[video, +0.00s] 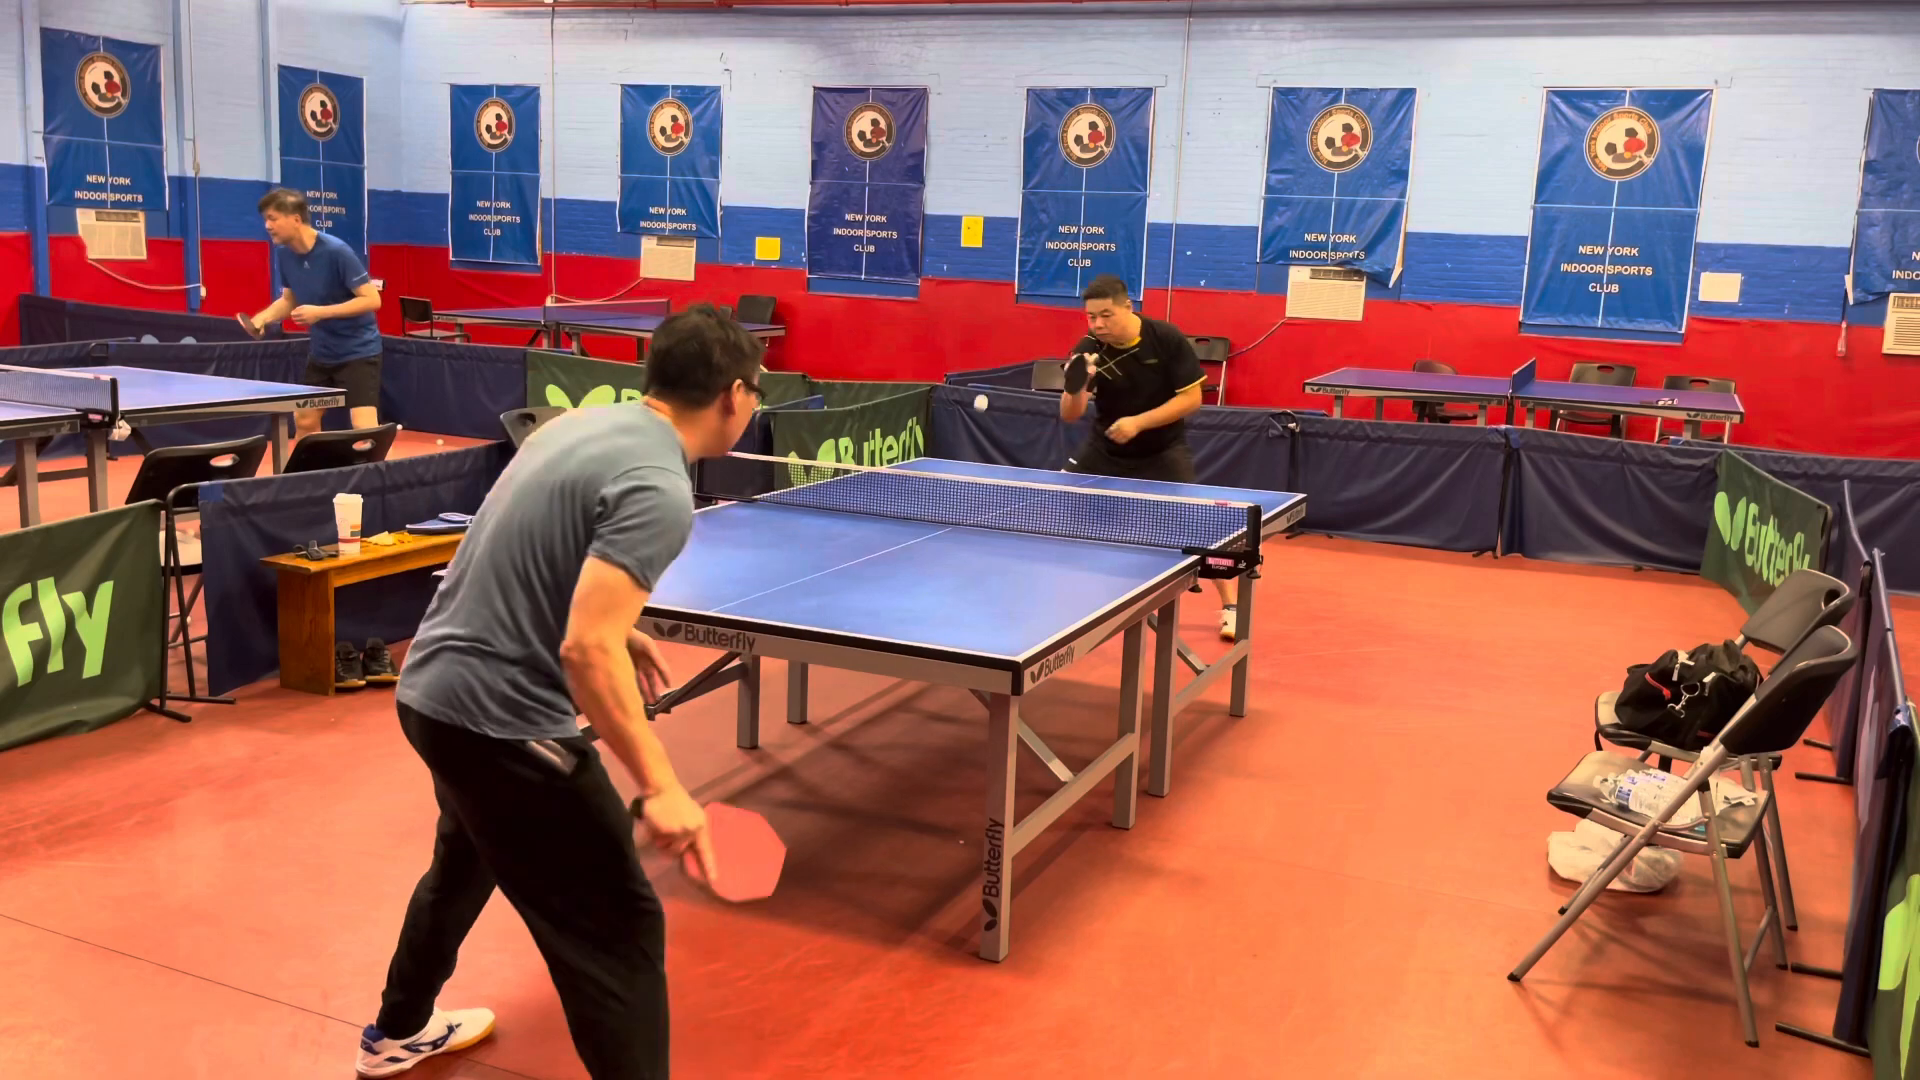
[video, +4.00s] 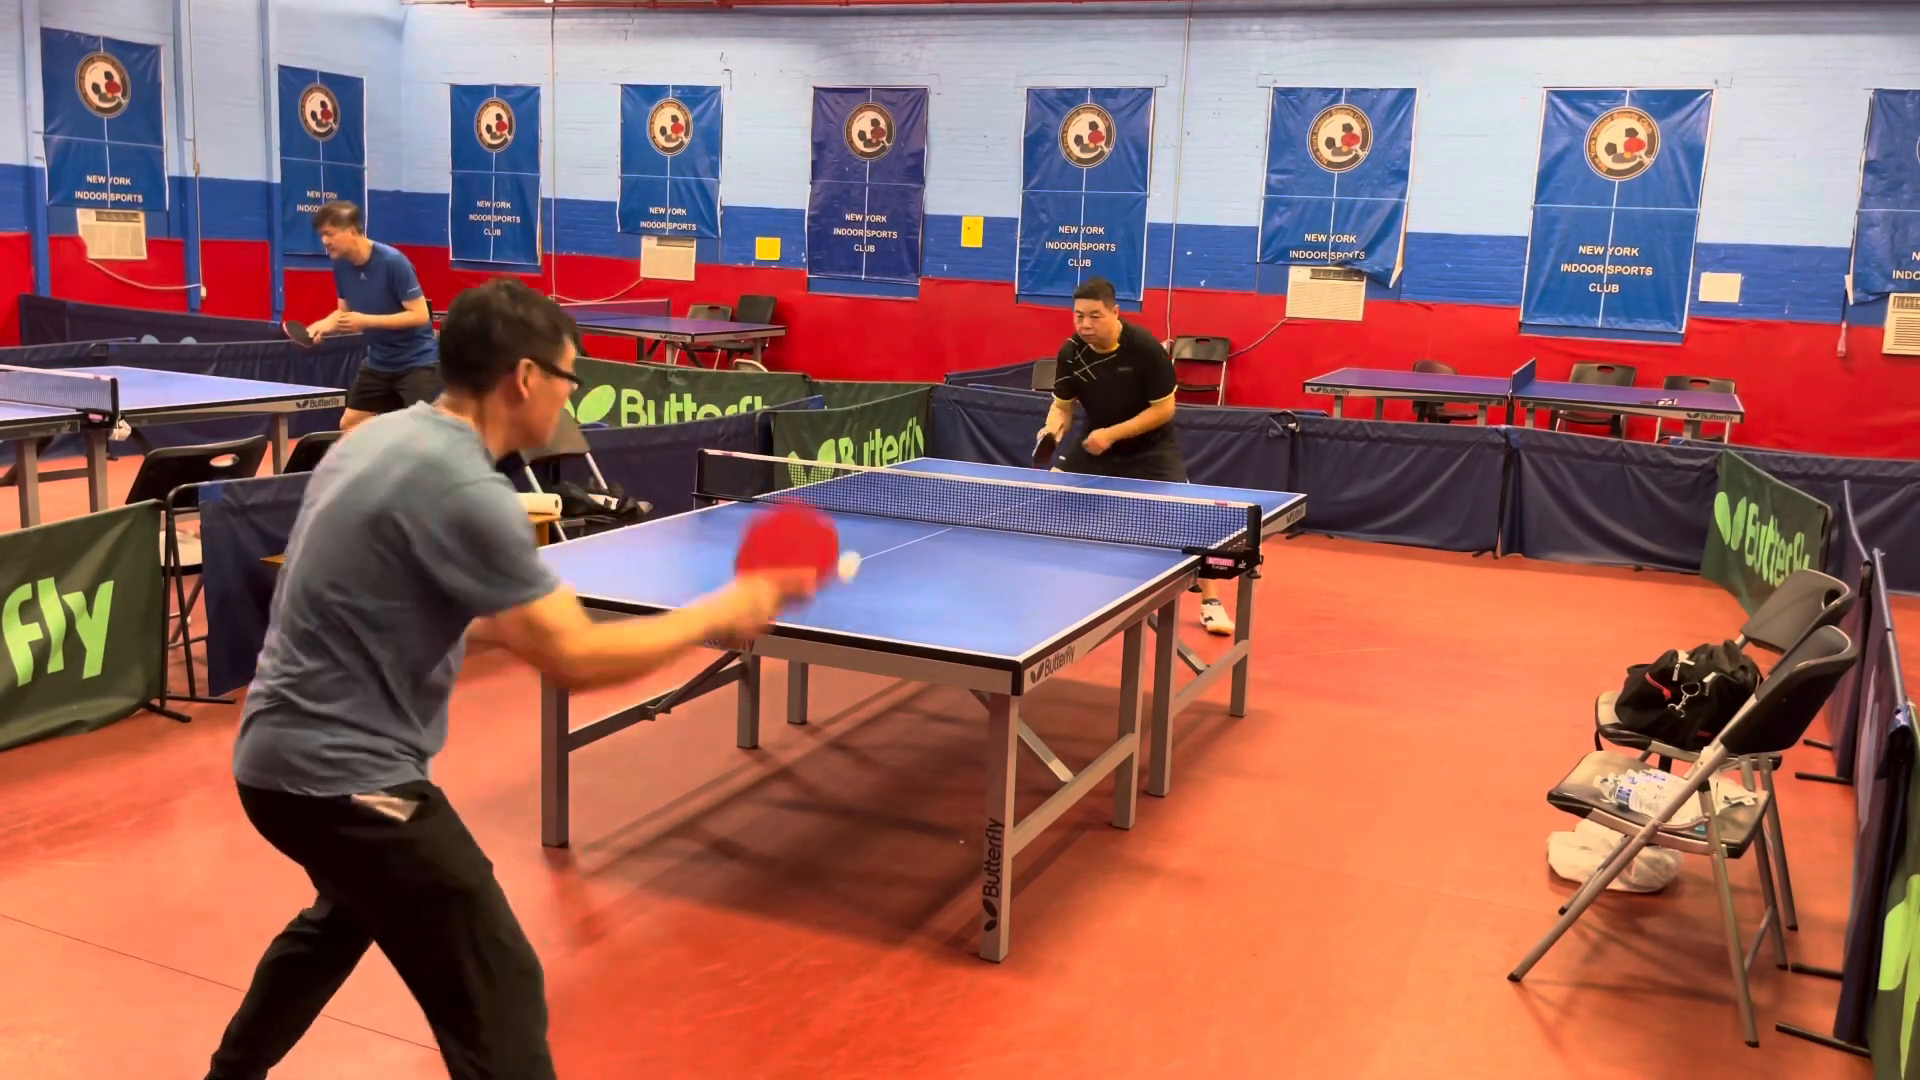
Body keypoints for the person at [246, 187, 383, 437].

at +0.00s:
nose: (267, 226)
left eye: (273, 219)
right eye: (266, 220)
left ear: (296, 219)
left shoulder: (337, 251)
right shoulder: (284, 254)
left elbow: (372, 299)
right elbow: (289, 299)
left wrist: (320, 312)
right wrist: (261, 318)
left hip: (359, 354)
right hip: (321, 353)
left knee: (364, 429)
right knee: (305, 422)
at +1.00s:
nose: (304, 233)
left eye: (309, 226)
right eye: (303, 227)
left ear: (332, 225)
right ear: (325, 227)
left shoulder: (375, 255)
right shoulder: (324, 260)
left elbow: (408, 307)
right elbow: (330, 304)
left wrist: (352, 315)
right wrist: (303, 320)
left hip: (400, 358)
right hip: (361, 358)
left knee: (412, 430)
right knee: (337, 424)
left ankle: (434, 494)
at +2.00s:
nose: (336, 206)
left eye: (342, 200)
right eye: (335, 200)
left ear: (365, 203)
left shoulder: (397, 244)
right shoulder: (344, 242)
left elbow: (420, 299)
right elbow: (352, 291)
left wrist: (366, 299)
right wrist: (325, 306)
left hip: (389, 356)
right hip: (349, 353)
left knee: (407, 433)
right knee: (347, 430)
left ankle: (442, 492)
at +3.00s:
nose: (333, 209)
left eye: (339, 203)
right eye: (332, 203)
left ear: (362, 206)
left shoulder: (396, 245)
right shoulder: (344, 242)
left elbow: (422, 298)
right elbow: (347, 293)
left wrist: (368, 301)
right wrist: (324, 307)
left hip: (394, 355)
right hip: (356, 353)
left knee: (410, 432)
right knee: (350, 427)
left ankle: (439, 496)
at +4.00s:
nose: (324, 242)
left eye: (329, 234)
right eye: (322, 236)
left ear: (352, 231)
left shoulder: (394, 262)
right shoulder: (341, 265)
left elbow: (421, 316)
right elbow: (345, 311)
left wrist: (364, 321)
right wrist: (324, 325)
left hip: (417, 362)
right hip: (377, 362)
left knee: (424, 429)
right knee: (350, 425)